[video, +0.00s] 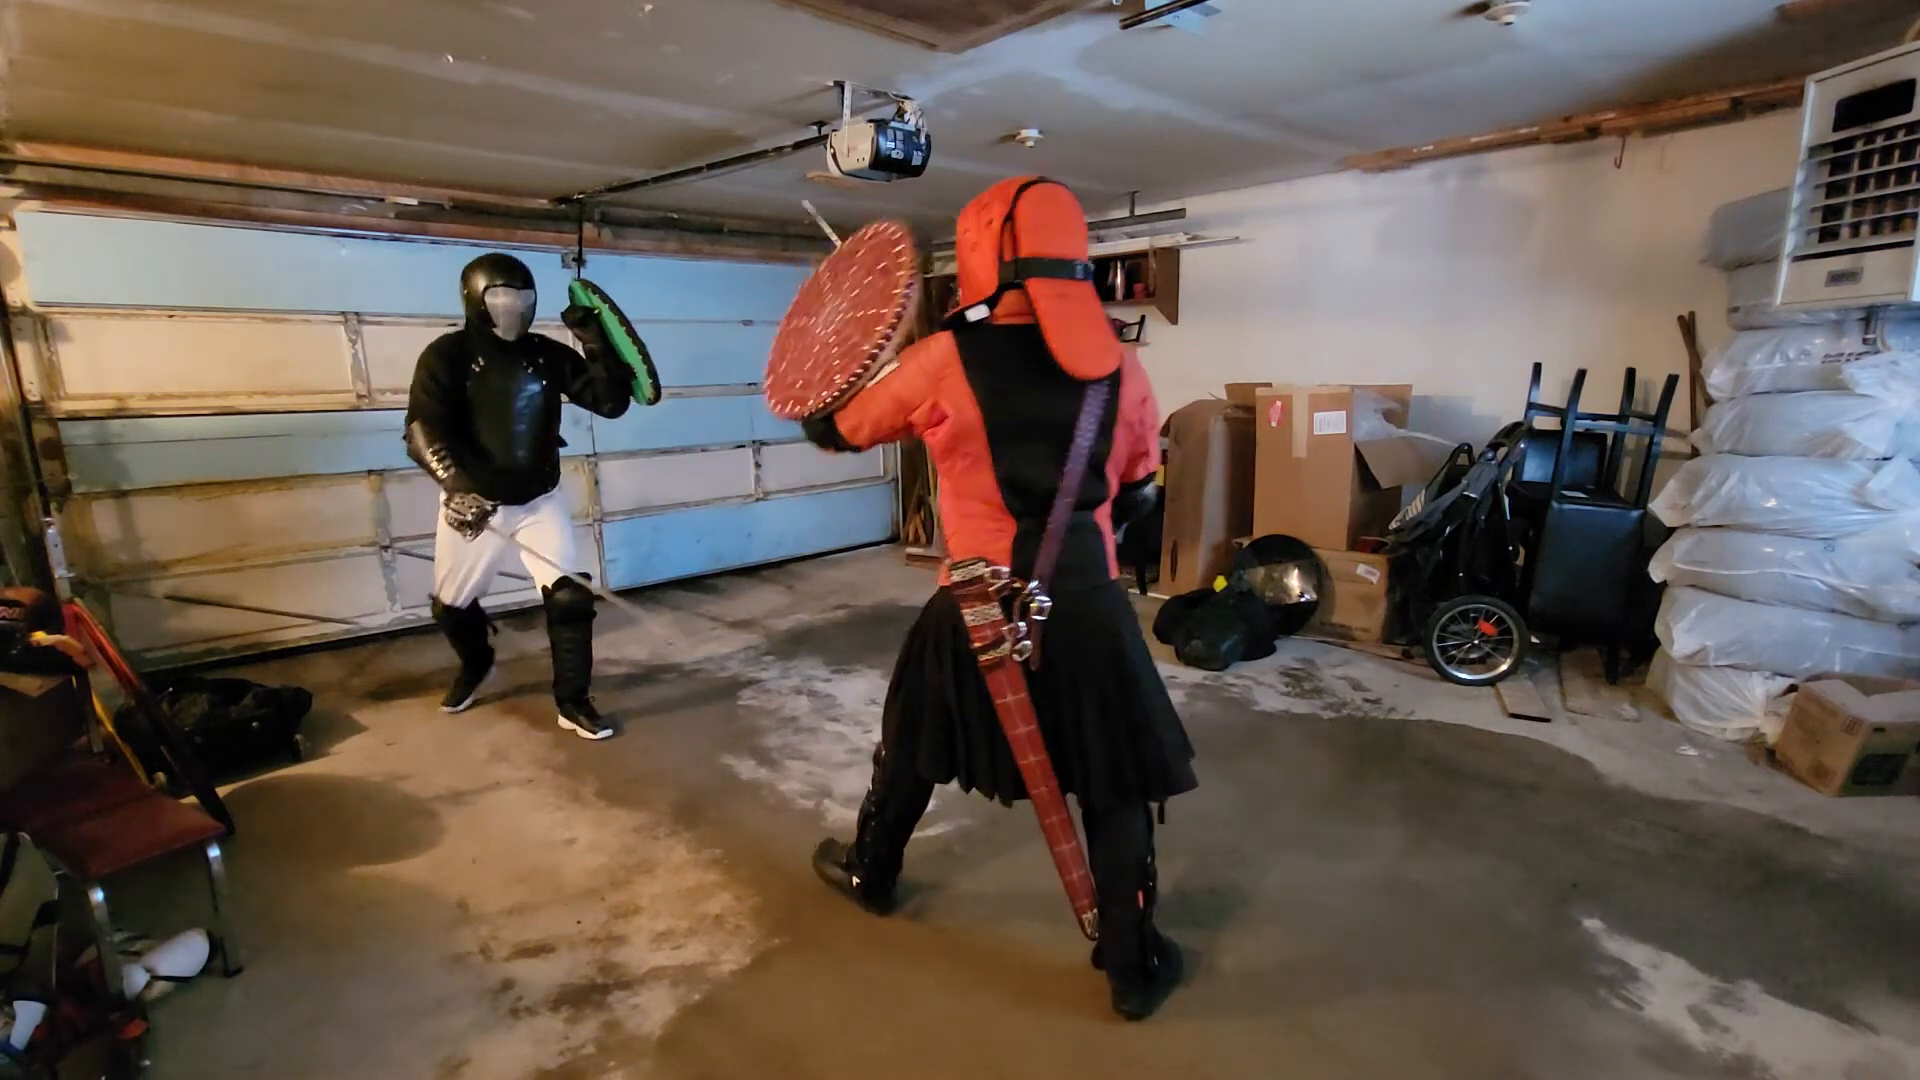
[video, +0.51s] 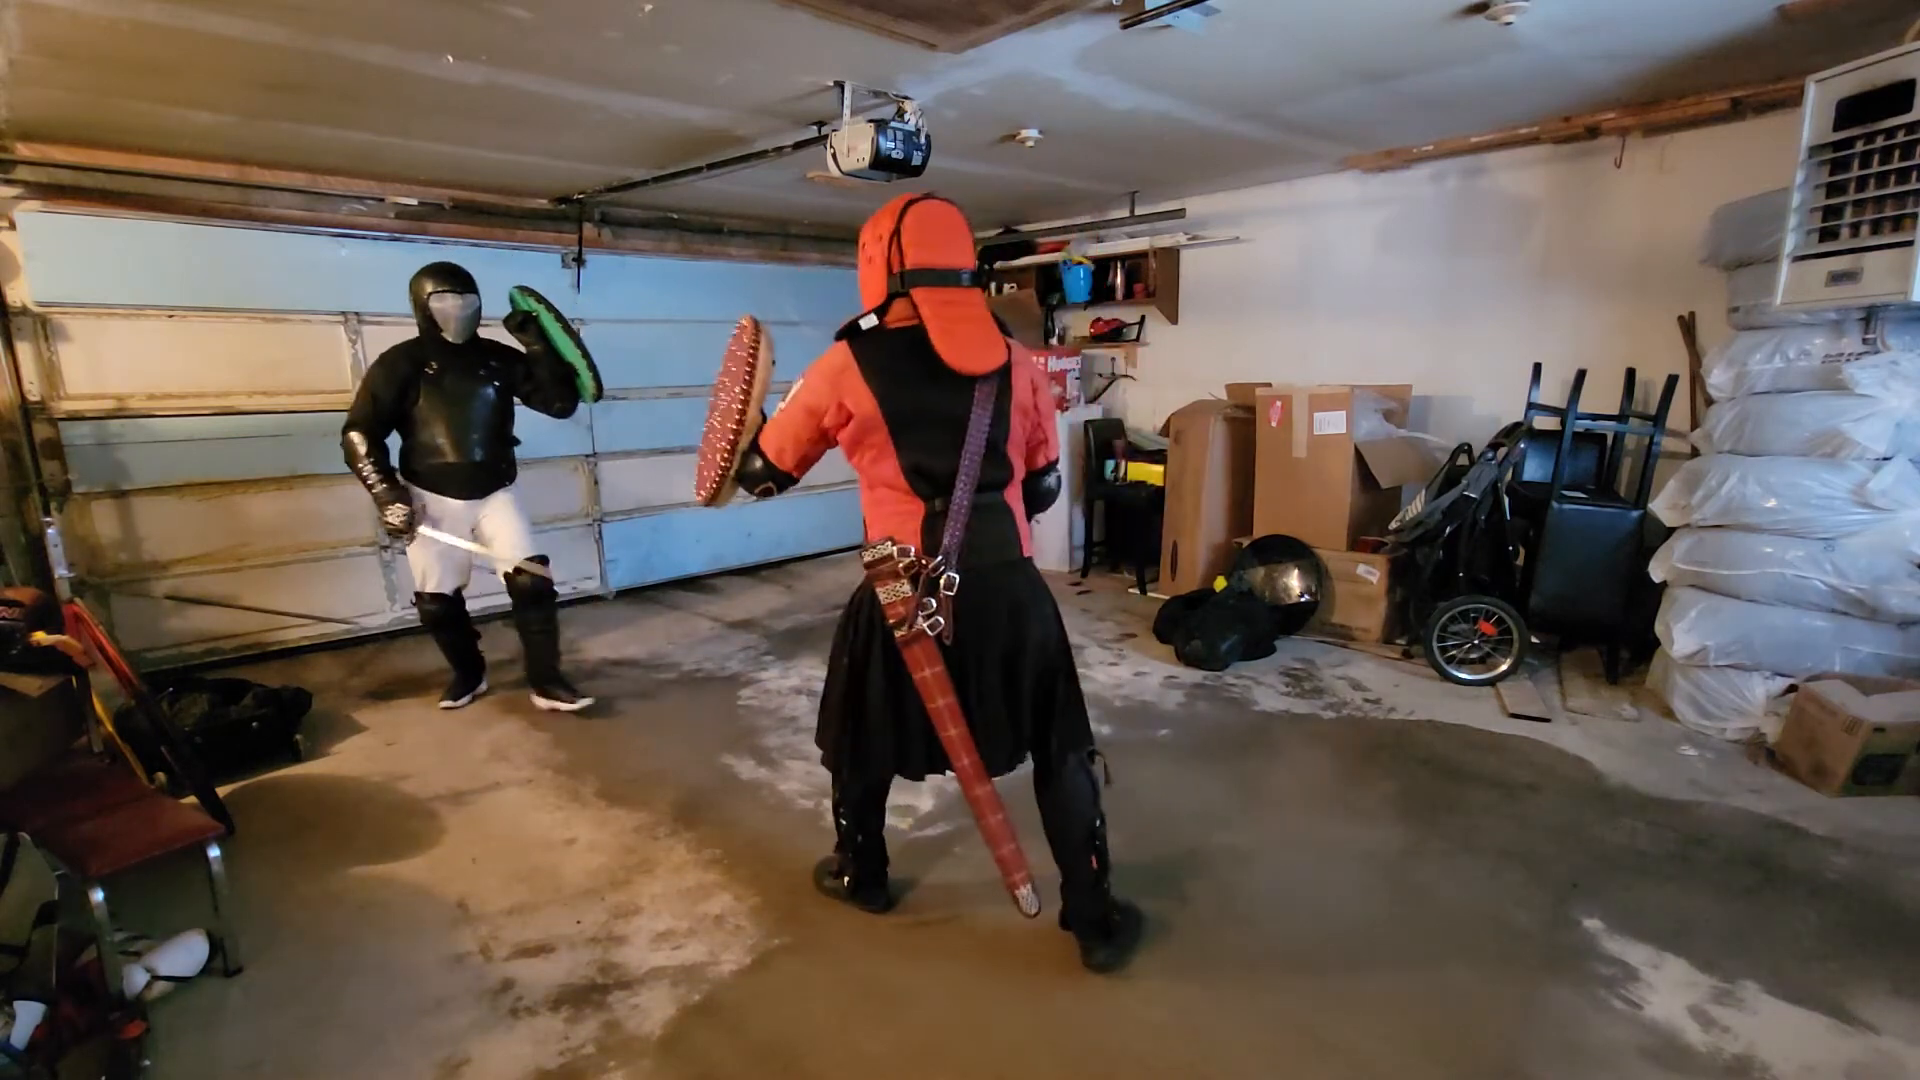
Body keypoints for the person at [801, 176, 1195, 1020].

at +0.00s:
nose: (958, 268)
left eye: (965, 255)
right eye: (966, 255)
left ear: (984, 262)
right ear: (1075, 260)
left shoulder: (945, 360)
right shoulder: (1120, 370)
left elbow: (841, 428)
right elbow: (1137, 497)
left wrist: (831, 375)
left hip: (975, 608)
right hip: (1087, 610)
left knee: (919, 733)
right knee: (1114, 775)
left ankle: (872, 868)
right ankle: (1131, 962)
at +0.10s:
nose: (935, 276)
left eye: (941, 263)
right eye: (941, 264)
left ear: (960, 269)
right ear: (1046, 266)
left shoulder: (921, 365)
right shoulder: (1095, 372)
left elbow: (826, 443)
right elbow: (1110, 485)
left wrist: (809, 397)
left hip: (956, 605)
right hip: (1068, 606)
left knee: (899, 721)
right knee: (1102, 775)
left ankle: (866, 866)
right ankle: (1127, 959)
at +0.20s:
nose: (906, 273)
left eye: (913, 261)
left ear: (930, 269)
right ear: (1015, 267)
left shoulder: (891, 366)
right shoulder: (1063, 369)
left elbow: (803, 452)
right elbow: (1085, 477)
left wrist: (772, 425)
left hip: (933, 601)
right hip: (1044, 602)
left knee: (877, 725)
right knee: (1088, 771)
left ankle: (864, 868)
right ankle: (1127, 961)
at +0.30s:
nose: (882, 277)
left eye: (888, 264)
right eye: (891, 265)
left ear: (904, 268)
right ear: (988, 266)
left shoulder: (869, 362)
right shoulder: (1038, 365)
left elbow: (786, 453)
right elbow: (1061, 484)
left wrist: (756, 424)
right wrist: (994, 499)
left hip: (914, 590)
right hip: (1020, 586)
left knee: (867, 719)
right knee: (1076, 755)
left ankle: (864, 867)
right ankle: (1122, 941)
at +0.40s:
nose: (866, 278)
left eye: (871, 266)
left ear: (886, 268)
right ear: (971, 266)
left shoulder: (854, 363)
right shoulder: (1021, 363)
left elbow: (764, 466)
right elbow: (1044, 488)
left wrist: (753, 411)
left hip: (904, 590)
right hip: (1011, 585)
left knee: (862, 724)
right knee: (1068, 740)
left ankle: (862, 867)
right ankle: (1105, 920)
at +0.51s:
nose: (864, 279)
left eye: (869, 267)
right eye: (872, 268)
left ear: (883, 269)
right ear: (966, 267)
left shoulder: (850, 363)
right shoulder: (1017, 362)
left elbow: (767, 470)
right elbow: (1042, 488)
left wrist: (756, 436)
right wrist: (977, 489)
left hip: (903, 582)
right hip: (1008, 577)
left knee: (861, 721)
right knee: (1060, 734)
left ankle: (861, 864)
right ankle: (1094, 915)